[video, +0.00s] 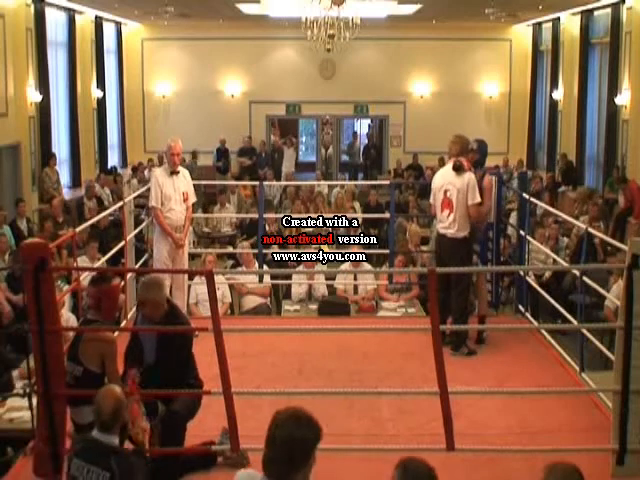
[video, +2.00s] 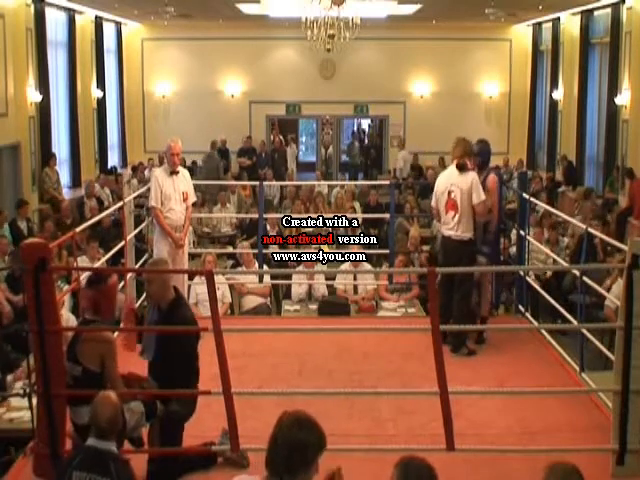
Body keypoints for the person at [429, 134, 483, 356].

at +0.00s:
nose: (472, 158)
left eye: (470, 154)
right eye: (471, 154)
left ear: (449, 153)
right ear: (467, 154)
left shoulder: (438, 175)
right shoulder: (468, 177)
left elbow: (434, 208)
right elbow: (475, 213)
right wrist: (487, 199)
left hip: (441, 236)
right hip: (460, 238)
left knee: (443, 284)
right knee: (461, 288)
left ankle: (441, 328)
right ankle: (459, 338)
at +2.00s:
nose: (472, 160)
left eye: (470, 157)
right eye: (471, 157)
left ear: (453, 156)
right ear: (469, 157)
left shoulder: (442, 177)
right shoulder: (471, 178)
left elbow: (435, 208)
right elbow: (480, 209)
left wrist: (445, 221)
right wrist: (489, 201)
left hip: (445, 238)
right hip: (464, 239)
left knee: (446, 286)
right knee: (463, 289)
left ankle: (444, 329)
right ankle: (459, 339)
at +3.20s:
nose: (465, 155)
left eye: (456, 151)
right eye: (465, 152)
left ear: (447, 153)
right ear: (465, 153)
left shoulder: (437, 178)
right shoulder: (470, 176)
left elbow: (433, 210)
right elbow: (478, 207)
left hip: (444, 237)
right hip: (464, 237)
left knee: (445, 284)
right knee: (466, 286)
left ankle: (443, 329)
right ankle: (464, 336)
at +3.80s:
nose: (472, 157)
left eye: (465, 152)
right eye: (473, 153)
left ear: (457, 154)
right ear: (475, 154)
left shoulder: (447, 178)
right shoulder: (479, 179)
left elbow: (441, 213)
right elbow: (488, 212)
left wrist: (454, 221)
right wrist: (483, 225)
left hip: (453, 237)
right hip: (471, 238)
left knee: (451, 283)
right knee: (469, 287)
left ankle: (446, 325)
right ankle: (465, 337)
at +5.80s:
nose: (467, 156)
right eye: (468, 152)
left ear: (449, 153)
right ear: (467, 153)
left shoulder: (441, 179)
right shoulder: (473, 179)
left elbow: (438, 213)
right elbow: (481, 211)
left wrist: (448, 227)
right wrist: (490, 193)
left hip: (449, 236)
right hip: (468, 236)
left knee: (449, 283)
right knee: (467, 285)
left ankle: (448, 328)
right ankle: (465, 336)